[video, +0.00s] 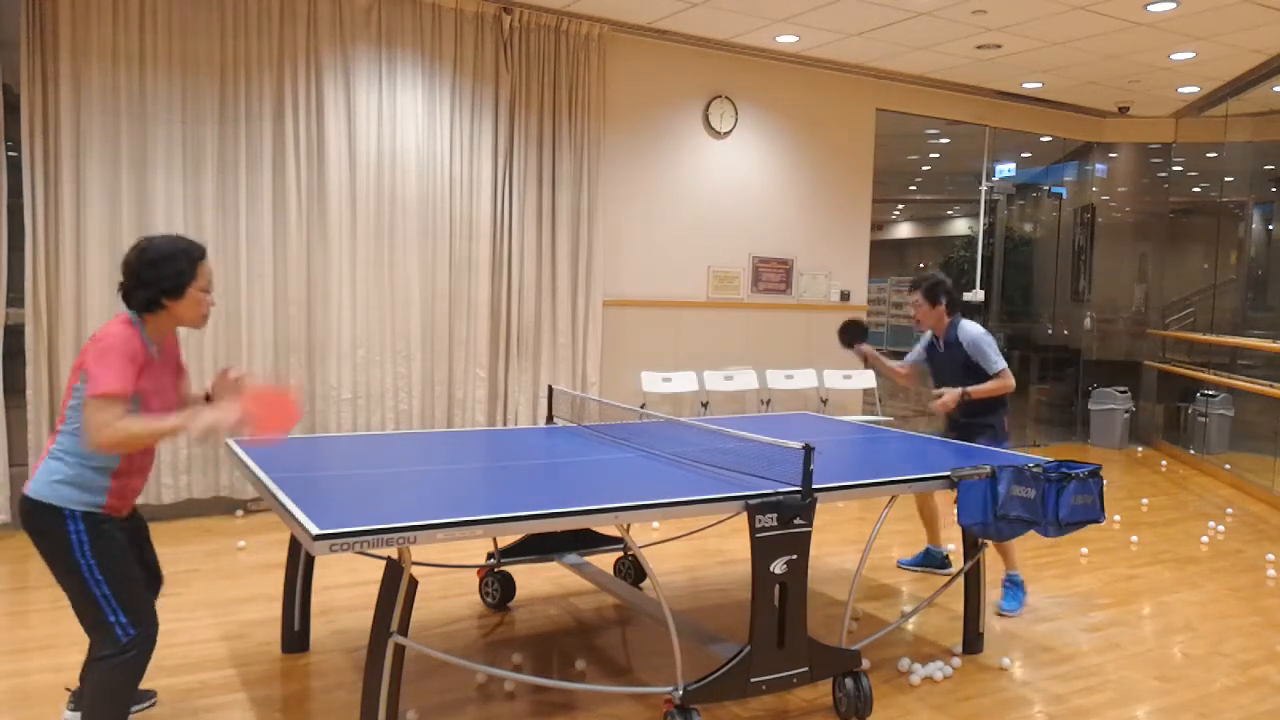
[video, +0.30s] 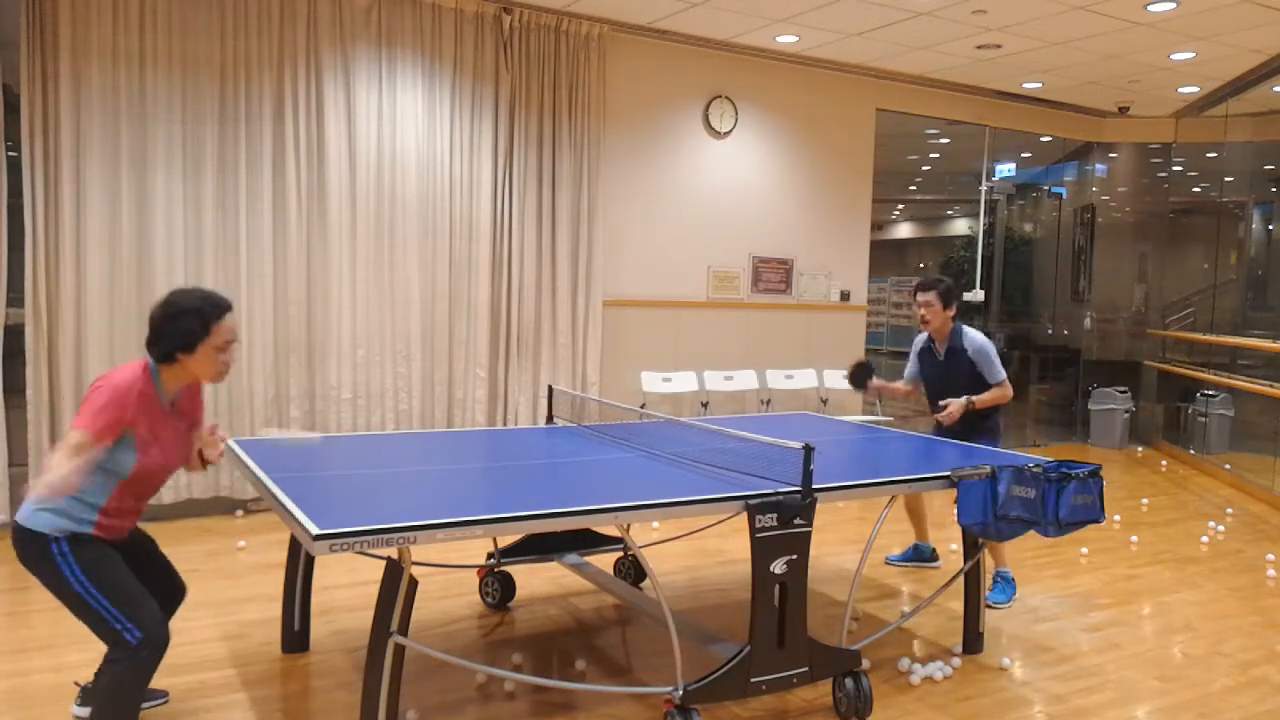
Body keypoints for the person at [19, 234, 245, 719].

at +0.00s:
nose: (210, 302)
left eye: (209, 290)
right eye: (203, 291)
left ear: (168, 297)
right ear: (166, 296)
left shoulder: (166, 342)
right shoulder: (116, 342)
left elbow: (174, 413)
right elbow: (102, 433)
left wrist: (214, 400)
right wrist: (194, 419)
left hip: (111, 502)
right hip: (66, 505)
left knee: (145, 585)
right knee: (129, 631)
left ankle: (99, 691)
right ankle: (97, 711)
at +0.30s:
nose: (232, 358)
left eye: (232, 346)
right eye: (223, 348)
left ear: (189, 354)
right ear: (184, 352)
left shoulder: (190, 391)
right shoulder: (123, 389)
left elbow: (179, 457)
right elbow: (71, 451)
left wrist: (199, 455)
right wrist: (62, 473)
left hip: (109, 526)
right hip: (55, 529)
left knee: (167, 592)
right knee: (145, 637)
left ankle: (105, 690)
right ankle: (108, 709)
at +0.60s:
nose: (205, 269)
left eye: (204, 258)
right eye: (197, 259)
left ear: (155, 264)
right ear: (162, 263)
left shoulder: (126, 308)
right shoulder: (132, 305)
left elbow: (139, 394)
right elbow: (208, 358)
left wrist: (200, 370)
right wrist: (258, 303)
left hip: (67, 486)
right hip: (92, 492)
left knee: (97, 613)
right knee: (142, 629)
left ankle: (62, 714)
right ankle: (98, 713)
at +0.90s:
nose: (215, 302)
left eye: (213, 291)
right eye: (206, 292)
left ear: (172, 301)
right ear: (169, 299)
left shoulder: (164, 351)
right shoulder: (114, 352)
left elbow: (154, 421)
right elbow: (89, 447)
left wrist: (205, 414)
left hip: (109, 517)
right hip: (63, 520)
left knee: (149, 596)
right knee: (141, 647)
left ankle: (68, 709)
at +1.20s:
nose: (227, 338)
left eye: (227, 327)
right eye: (219, 328)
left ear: (182, 332)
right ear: (180, 329)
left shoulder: (163, 375)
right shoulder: (128, 368)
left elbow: (161, 449)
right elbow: (111, 454)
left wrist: (214, 430)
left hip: (95, 535)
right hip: (58, 540)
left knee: (148, 600)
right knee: (163, 657)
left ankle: (93, 710)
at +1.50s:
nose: (186, 281)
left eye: (185, 270)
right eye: (179, 270)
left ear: (133, 272)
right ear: (144, 273)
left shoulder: (92, 317)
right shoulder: (129, 319)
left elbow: (131, 406)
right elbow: (218, 364)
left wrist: (189, 360)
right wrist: (253, 303)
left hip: (45, 500)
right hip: (95, 508)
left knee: (87, 626)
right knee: (151, 651)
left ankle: (75, 711)